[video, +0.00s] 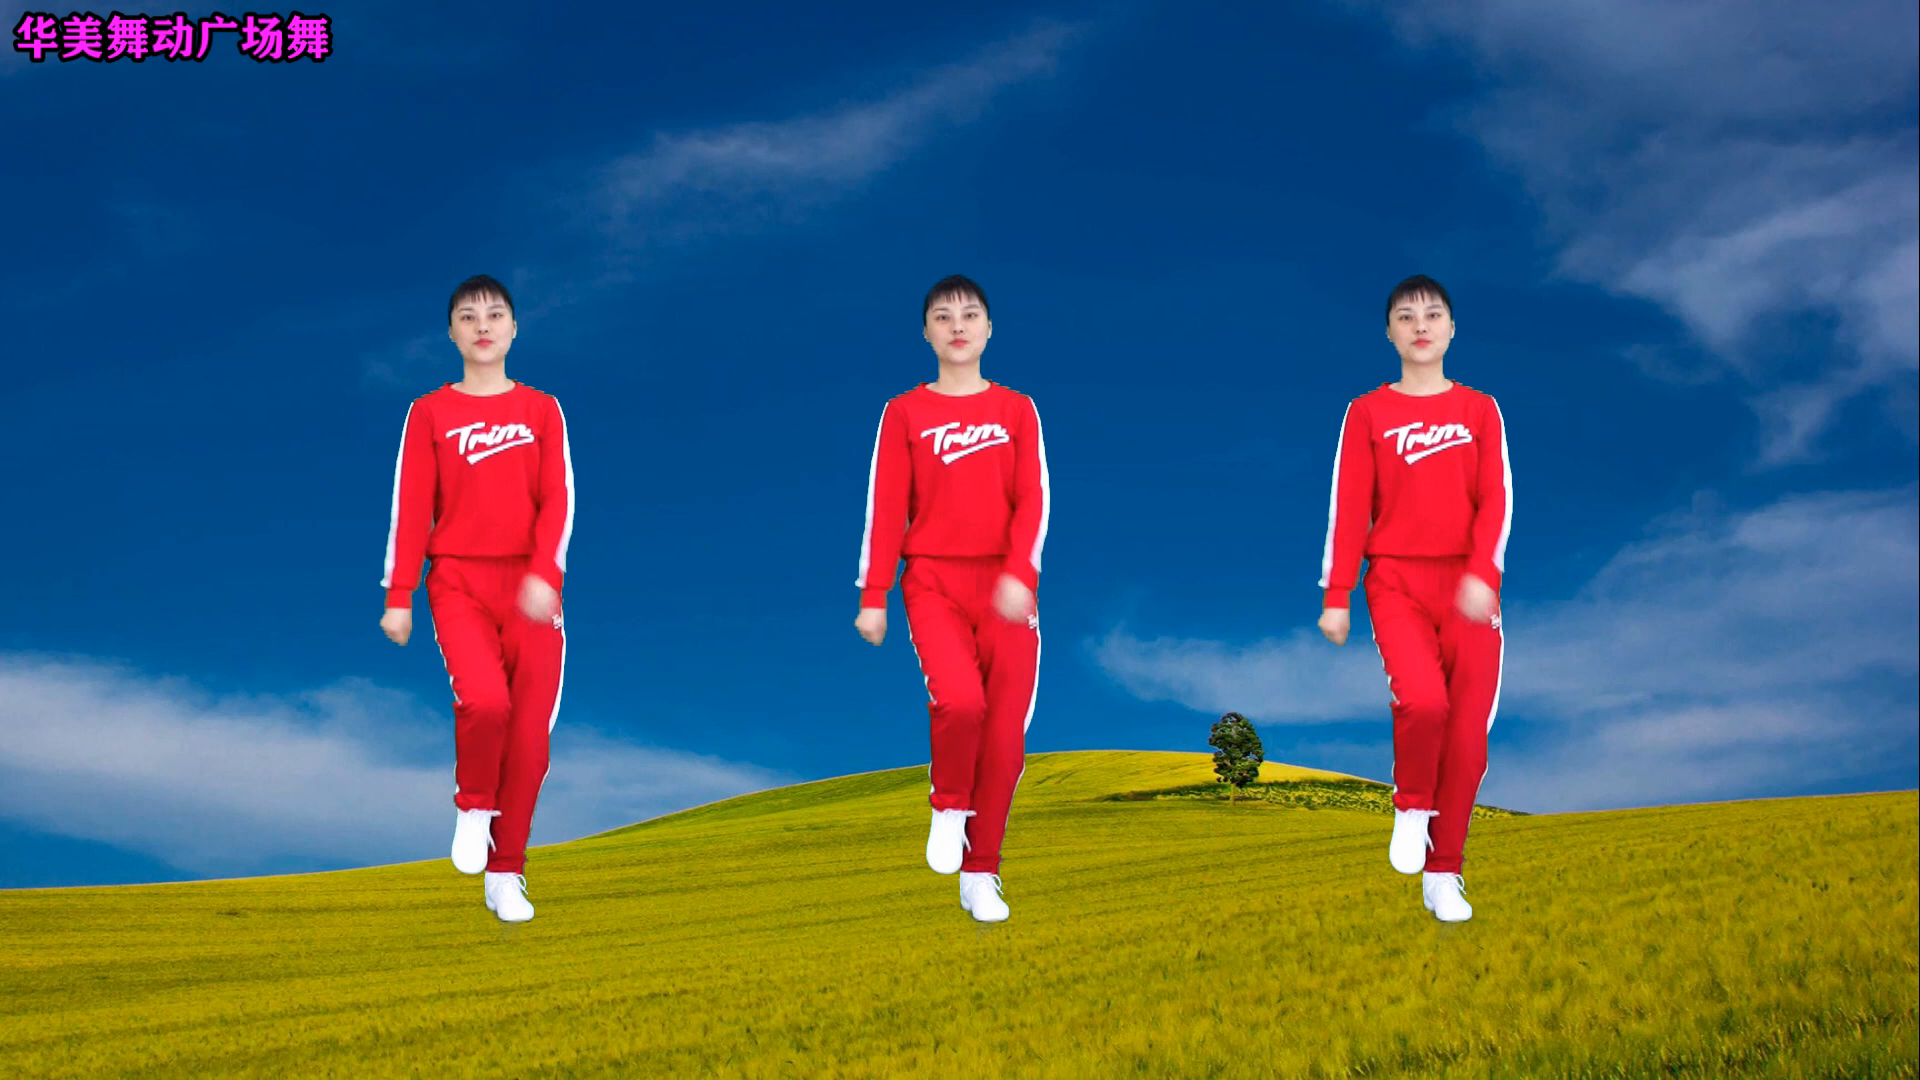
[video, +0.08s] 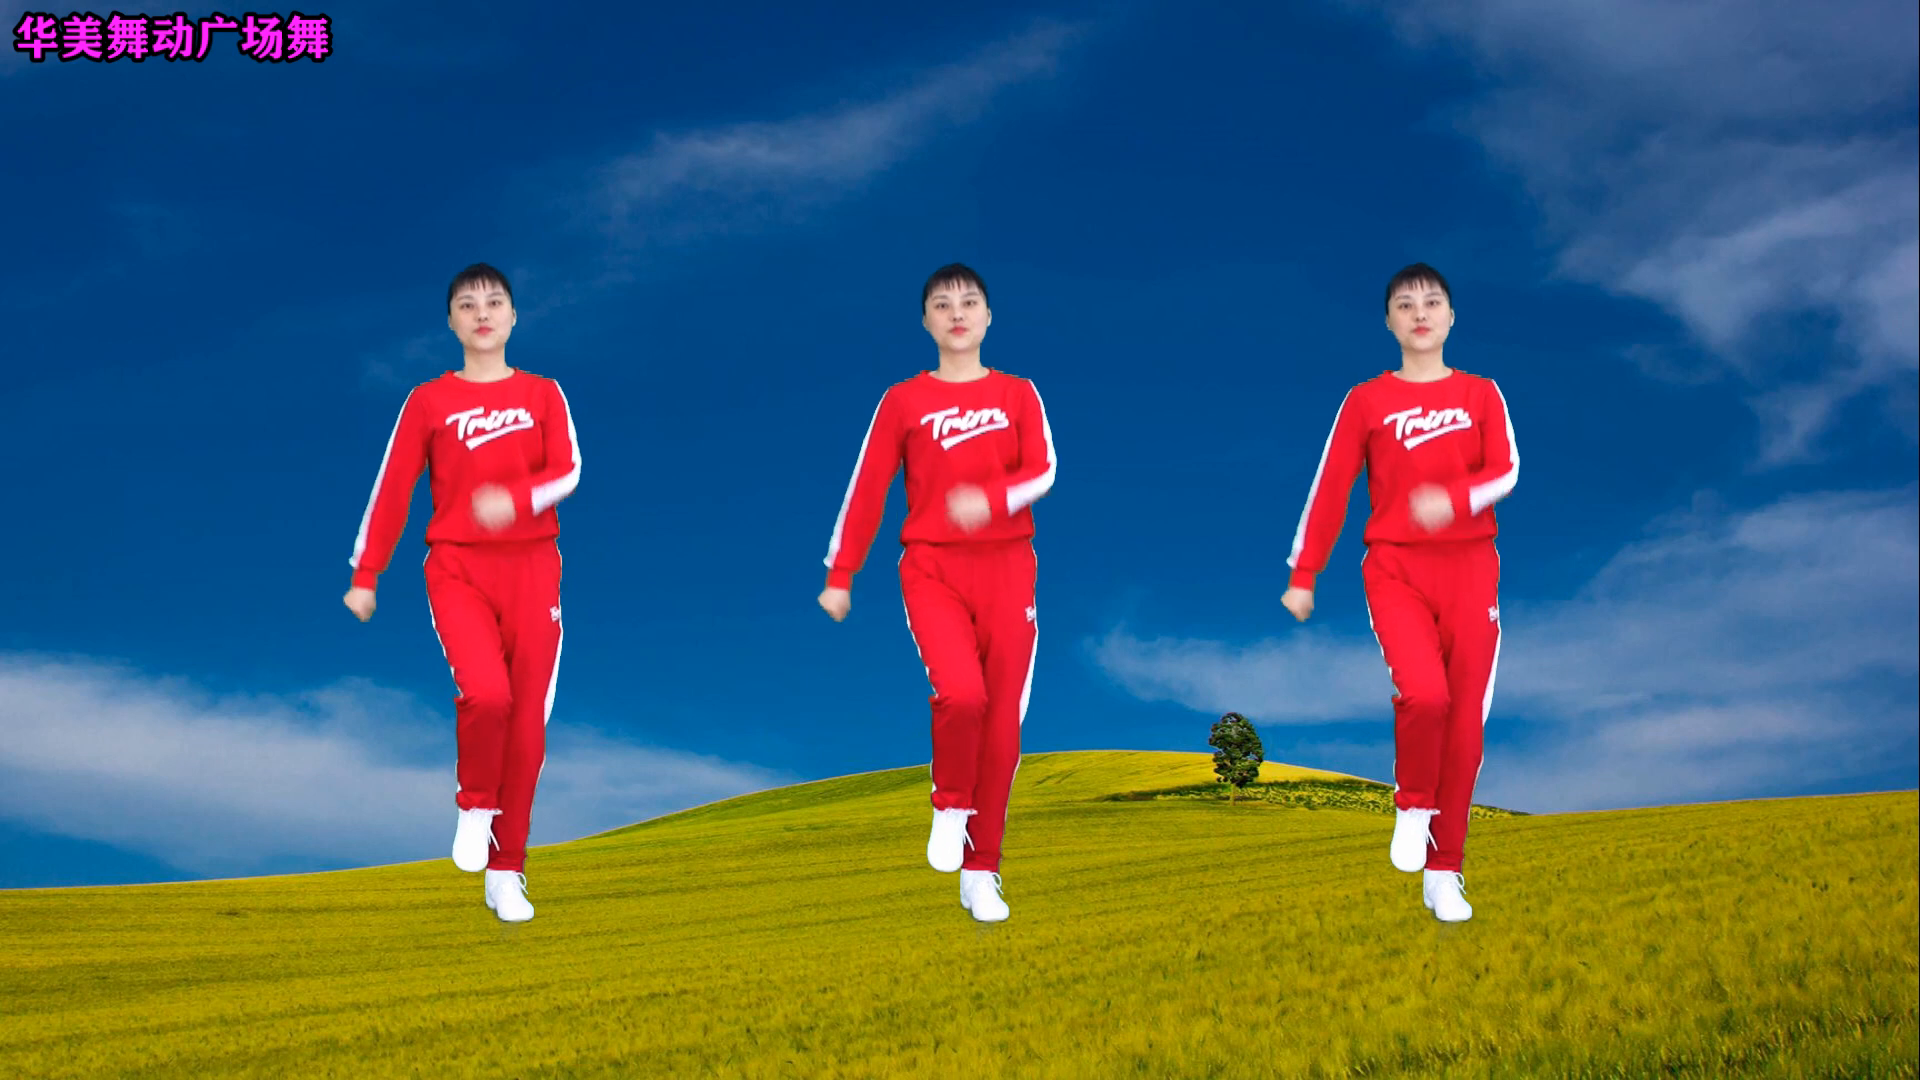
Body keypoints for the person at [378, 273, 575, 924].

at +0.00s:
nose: (482, 325)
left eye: (494, 315)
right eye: (469, 317)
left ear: (513, 328)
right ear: (453, 332)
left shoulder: (544, 409)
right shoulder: (429, 411)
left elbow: (559, 500)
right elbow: (410, 507)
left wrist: (545, 574)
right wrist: (399, 596)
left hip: (532, 582)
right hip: (457, 582)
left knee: (533, 727)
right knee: (487, 703)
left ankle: (507, 868)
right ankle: (474, 807)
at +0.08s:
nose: (482, 314)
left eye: (493, 304)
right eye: (469, 306)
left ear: (512, 316)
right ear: (453, 321)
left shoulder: (543, 393)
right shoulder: (428, 401)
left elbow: (566, 470)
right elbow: (391, 488)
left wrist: (515, 496)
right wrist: (366, 572)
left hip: (532, 572)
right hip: (457, 571)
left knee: (528, 718)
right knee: (487, 695)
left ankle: (509, 867)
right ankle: (477, 808)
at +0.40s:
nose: (474, 310)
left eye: (486, 300)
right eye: (461, 302)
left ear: (504, 314)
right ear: (444, 319)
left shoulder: (533, 392)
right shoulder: (415, 391)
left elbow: (551, 475)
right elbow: (354, 459)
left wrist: (507, 413)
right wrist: (297, 525)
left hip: (521, 567)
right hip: (444, 569)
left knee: (514, 728)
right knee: (452, 728)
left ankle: (506, 868)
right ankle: (456, 869)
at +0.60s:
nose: (467, 323)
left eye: (479, 313)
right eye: (455, 313)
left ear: (497, 323)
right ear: (438, 325)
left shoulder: (526, 402)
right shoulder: (410, 408)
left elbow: (529, 485)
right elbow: (384, 500)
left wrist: (490, 534)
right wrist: (361, 585)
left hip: (501, 581)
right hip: (426, 581)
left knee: (484, 721)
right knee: (434, 731)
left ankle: (498, 824)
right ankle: (453, 866)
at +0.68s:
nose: (465, 328)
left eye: (478, 318)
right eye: (453, 318)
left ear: (495, 330)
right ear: (436, 329)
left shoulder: (523, 407)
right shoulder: (408, 411)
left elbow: (531, 501)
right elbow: (392, 498)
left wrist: (527, 585)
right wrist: (410, 570)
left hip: (497, 583)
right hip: (426, 584)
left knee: (471, 716)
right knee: (424, 735)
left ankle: (492, 810)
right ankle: (452, 867)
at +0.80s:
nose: (464, 310)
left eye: (477, 300)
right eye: (452, 300)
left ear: (494, 312)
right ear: (434, 312)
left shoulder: (522, 390)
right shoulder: (404, 393)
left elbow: (561, 478)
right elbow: (367, 472)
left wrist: (580, 566)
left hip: (499, 566)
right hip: (424, 568)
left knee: (473, 710)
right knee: (430, 723)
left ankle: (489, 819)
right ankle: (454, 863)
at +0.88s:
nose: (465, 302)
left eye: (477, 293)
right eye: (453, 292)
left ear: (495, 306)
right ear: (436, 304)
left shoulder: (523, 380)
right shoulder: (405, 383)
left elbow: (574, 458)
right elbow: (357, 464)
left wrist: (603, 540)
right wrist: (415, 428)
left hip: (501, 557)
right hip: (425, 558)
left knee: (483, 712)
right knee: (435, 720)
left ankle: (491, 846)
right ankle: (452, 862)